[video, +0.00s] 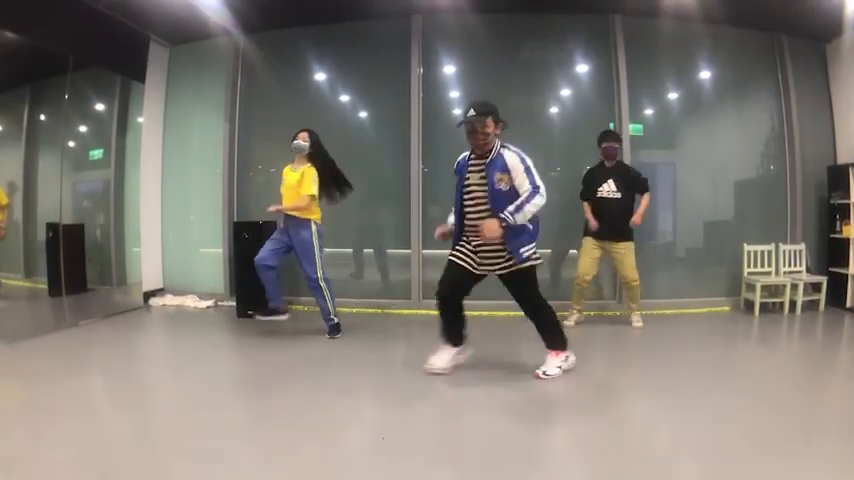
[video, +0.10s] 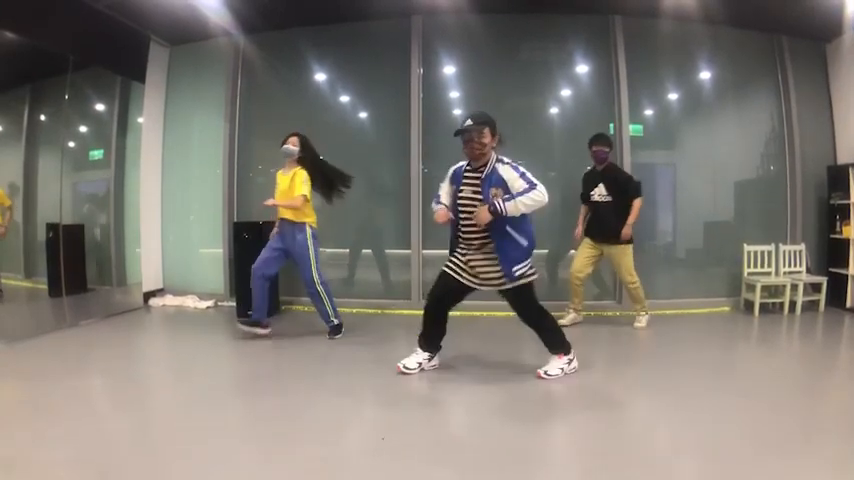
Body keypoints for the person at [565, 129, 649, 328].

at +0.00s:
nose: (611, 152)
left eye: (614, 148)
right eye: (607, 148)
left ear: (620, 149)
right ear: (600, 149)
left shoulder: (629, 173)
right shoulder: (592, 174)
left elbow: (645, 193)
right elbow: (585, 199)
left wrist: (639, 214)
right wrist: (590, 218)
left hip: (621, 237)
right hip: (594, 236)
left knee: (631, 279)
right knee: (582, 277)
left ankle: (635, 312)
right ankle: (577, 311)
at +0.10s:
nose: (599, 154)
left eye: (603, 151)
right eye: (596, 151)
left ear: (610, 151)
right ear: (590, 152)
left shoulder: (620, 176)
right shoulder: (588, 177)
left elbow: (637, 198)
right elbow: (585, 203)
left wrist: (628, 225)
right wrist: (580, 224)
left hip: (618, 240)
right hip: (593, 238)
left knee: (629, 279)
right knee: (576, 273)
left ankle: (641, 312)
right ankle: (576, 312)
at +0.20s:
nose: (587, 164)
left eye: (590, 160)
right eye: (583, 160)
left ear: (597, 161)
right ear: (578, 162)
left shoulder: (604, 182)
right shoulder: (579, 184)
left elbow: (617, 209)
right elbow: (578, 211)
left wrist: (611, 238)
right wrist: (571, 233)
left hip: (610, 244)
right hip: (587, 243)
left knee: (624, 285)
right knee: (566, 276)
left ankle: (646, 313)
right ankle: (569, 314)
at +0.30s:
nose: (584, 161)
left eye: (588, 158)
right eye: (580, 158)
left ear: (593, 158)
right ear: (574, 158)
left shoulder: (601, 180)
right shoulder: (570, 182)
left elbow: (612, 207)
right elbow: (566, 205)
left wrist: (600, 228)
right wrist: (561, 225)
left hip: (604, 242)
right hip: (578, 242)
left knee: (617, 282)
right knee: (566, 278)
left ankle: (637, 312)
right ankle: (567, 314)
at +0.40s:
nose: (585, 153)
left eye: (588, 150)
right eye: (581, 150)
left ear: (594, 150)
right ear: (575, 151)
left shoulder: (602, 173)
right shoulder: (566, 175)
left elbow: (612, 198)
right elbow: (556, 197)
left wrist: (605, 214)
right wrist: (554, 217)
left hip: (600, 237)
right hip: (574, 237)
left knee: (611, 277)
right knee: (568, 278)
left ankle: (619, 311)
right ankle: (566, 313)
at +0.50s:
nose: (590, 151)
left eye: (593, 147)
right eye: (586, 147)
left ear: (598, 149)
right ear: (578, 148)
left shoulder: (605, 173)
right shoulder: (567, 173)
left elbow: (608, 198)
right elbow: (553, 195)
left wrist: (609, 217)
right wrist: (557, 218)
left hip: (600, 234)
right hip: (574, 235)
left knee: (608, 275)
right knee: (568, 277)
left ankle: (605, 312)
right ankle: (557, 310)